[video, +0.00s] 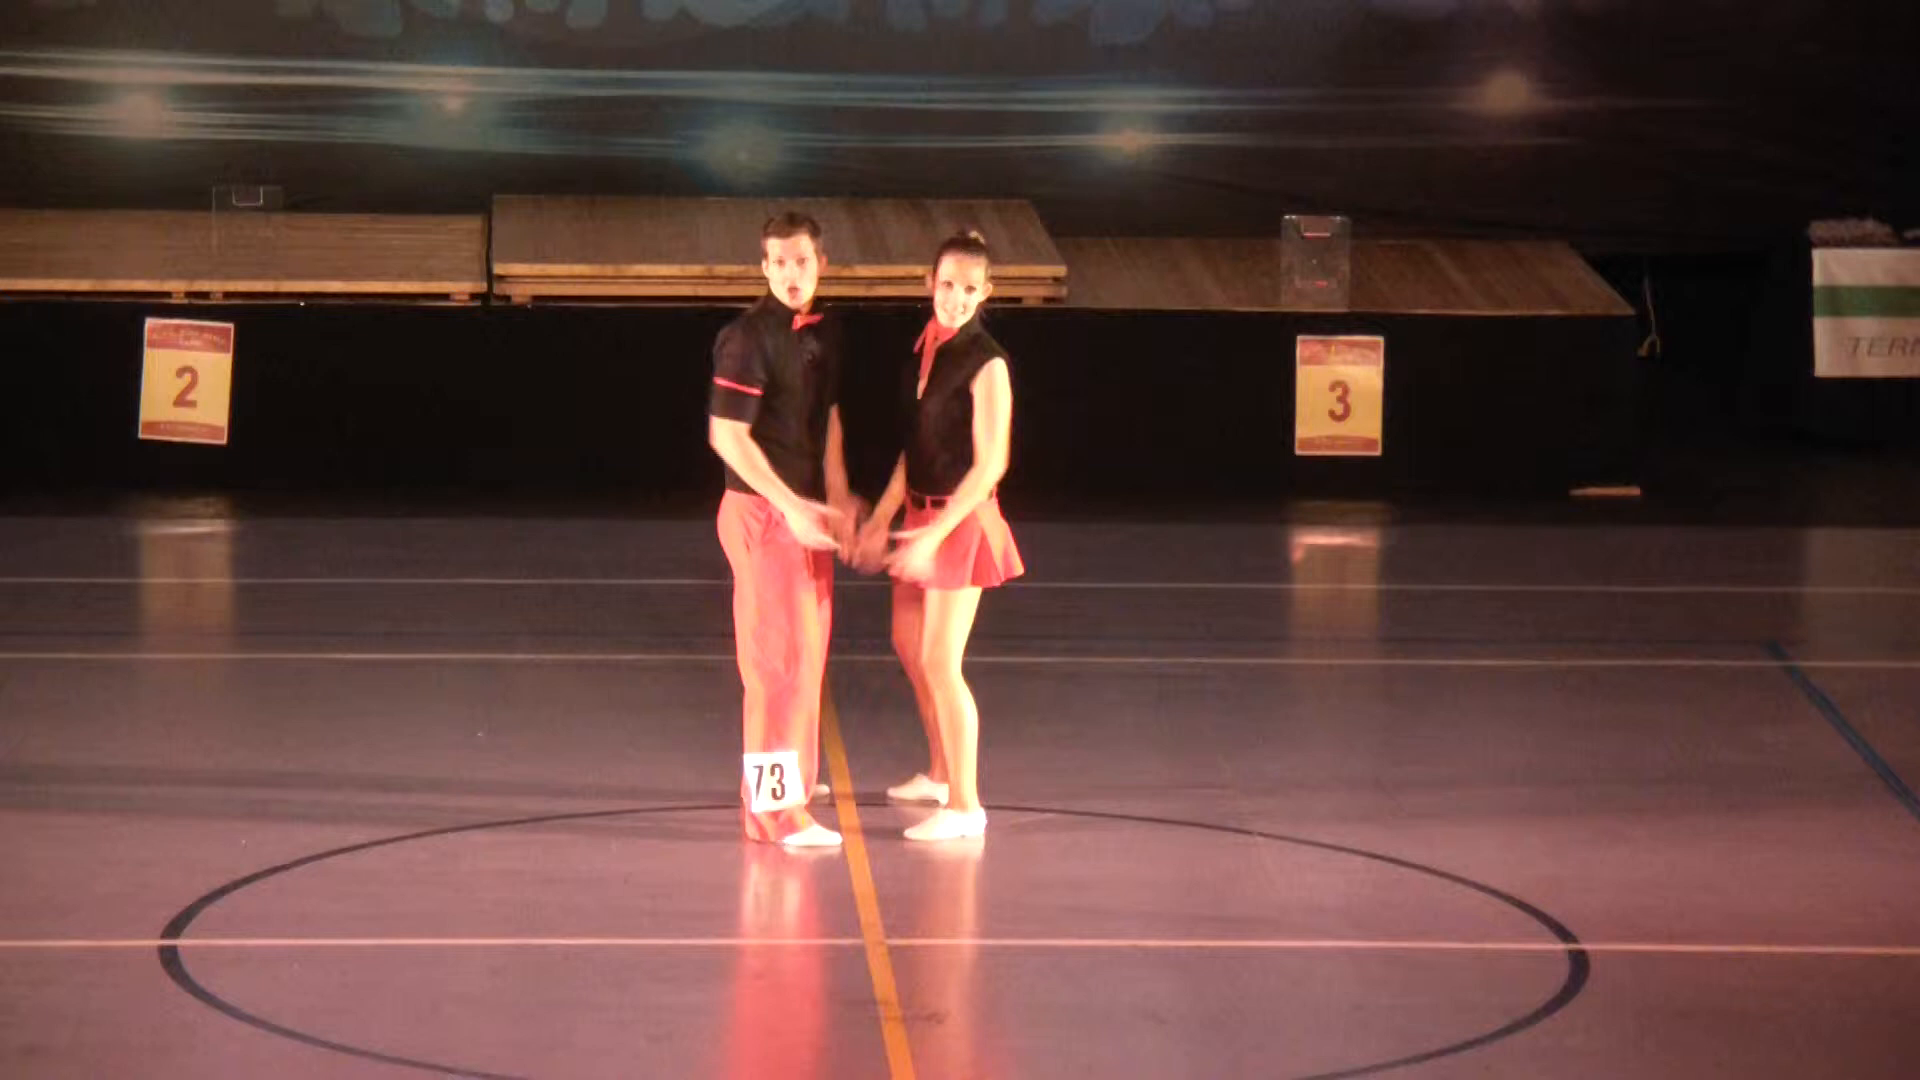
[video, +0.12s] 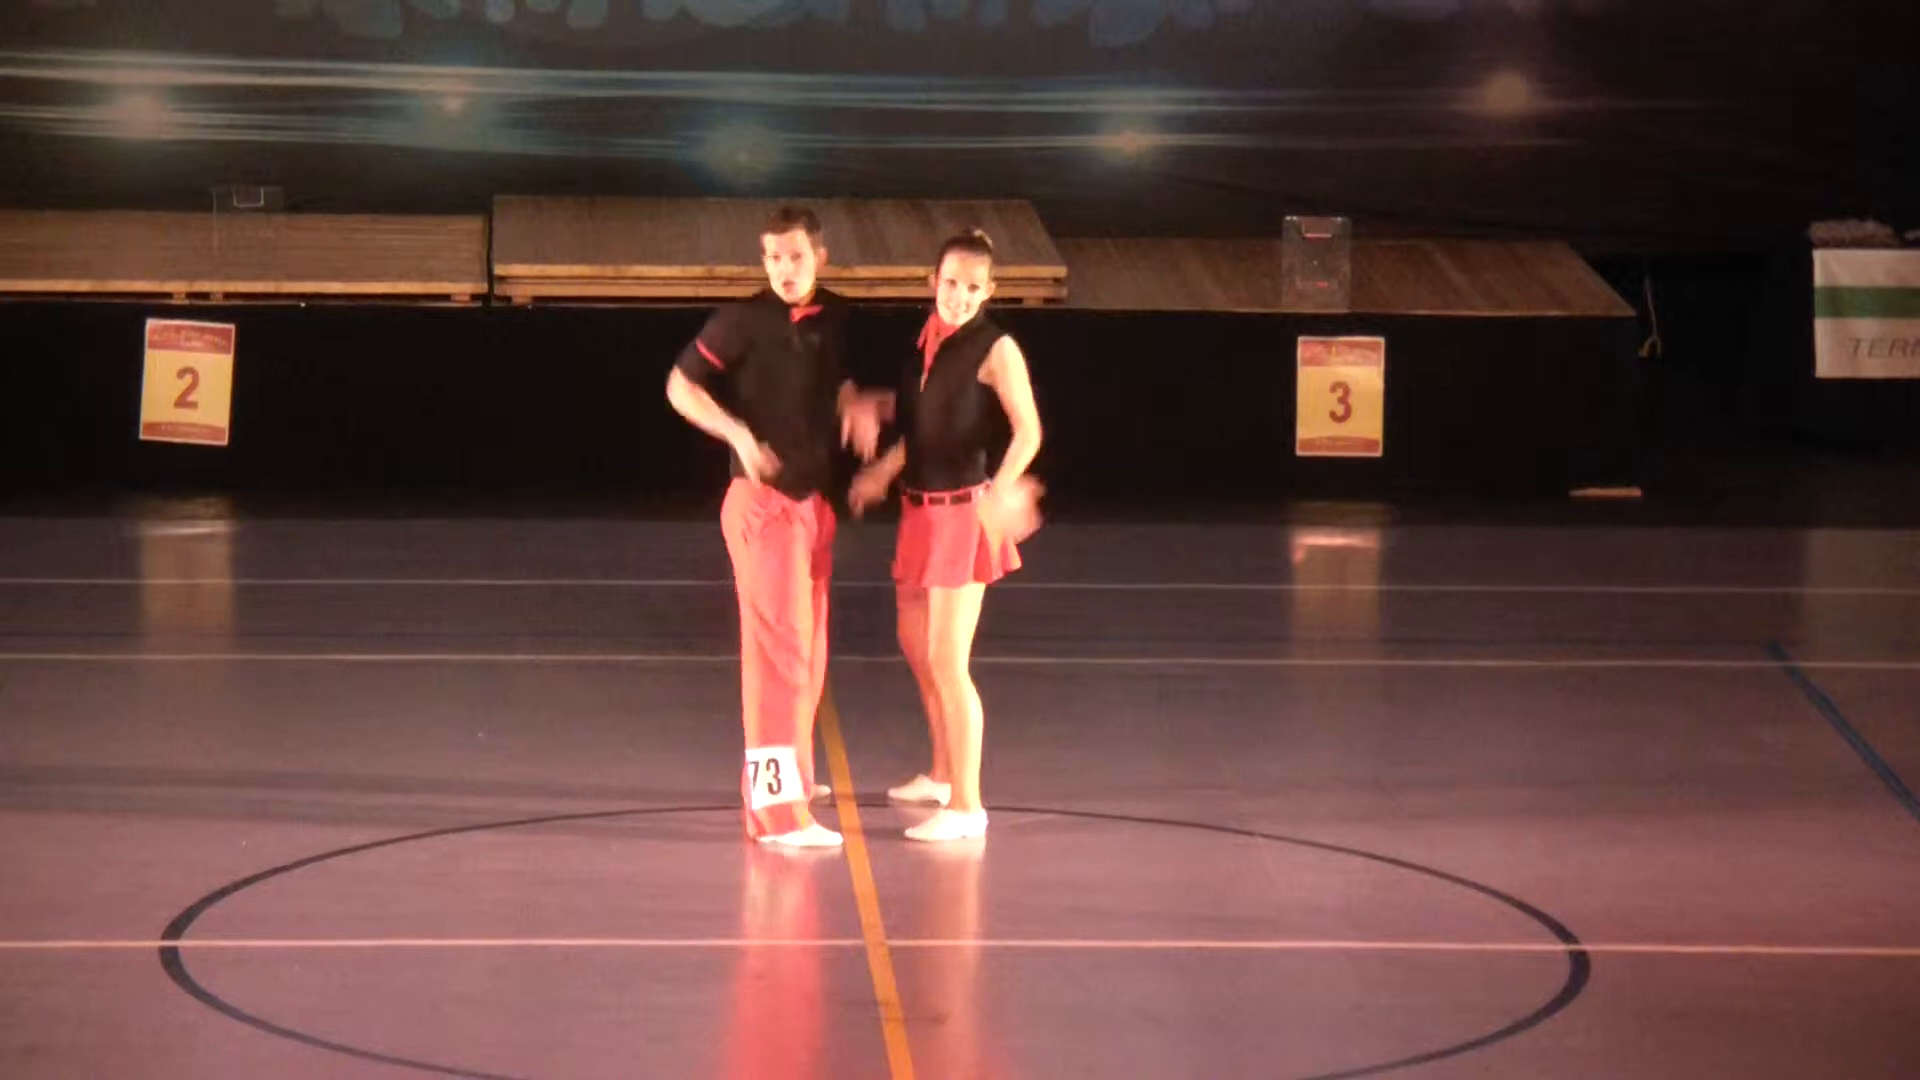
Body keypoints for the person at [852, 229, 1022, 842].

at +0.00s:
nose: (957, 298)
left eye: (970, 288)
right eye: (948, 283)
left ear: (985, 293)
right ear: (930, 282)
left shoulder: (987, 363)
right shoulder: (930, 345)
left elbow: (991, 463)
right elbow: (918, 441)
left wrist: (932, 536)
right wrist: (882, 516)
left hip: (965, 523)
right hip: (923, 517)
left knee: (941, 660)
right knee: (910, 646)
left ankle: (966, 808)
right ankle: (946, 774)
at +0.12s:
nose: (960, 295)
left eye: (973, 286)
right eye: (952, 281)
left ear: (988, 291)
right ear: (934, 280)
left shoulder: (997, 349)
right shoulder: (928, 342)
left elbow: (1029, 431)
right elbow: (924, 429)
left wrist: (1001, 491)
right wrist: (880, 473)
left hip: (965, 514)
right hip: (920, 512)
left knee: (949, 660)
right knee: (917, 646)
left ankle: (967, 807)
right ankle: (946, 776)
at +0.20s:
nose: (961, 297)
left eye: (974, 287)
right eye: (953, 282)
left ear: (989, 288)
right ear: (935, 278)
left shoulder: (998, 334)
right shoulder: (923, 333)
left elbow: (1043, 397)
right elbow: (913, 395)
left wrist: (1064, 429)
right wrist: (854, 414)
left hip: (965, 512)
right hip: (919, 510)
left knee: (953, 660)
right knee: (925, 648)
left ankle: (969, 807)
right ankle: (945, 776)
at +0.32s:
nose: (961, 295)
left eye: (975, 285)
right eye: (953, 281)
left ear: (990, 288)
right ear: (936, 278)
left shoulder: (997, 338)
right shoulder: (926, 345)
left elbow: (1035, 394)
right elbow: (851, 394)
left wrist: (1050, 415)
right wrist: (862, 371)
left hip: (966, 516)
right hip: (923, 514)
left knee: (954, 663)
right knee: (925, 650)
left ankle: (970, 807)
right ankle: (946, 777)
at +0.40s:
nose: (958, 295)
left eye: (971, 285)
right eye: (950, 280)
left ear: (987, 290)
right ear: (932, 279)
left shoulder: (998, 345)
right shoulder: (921, 338)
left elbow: (1036, 422)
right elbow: (914, 401)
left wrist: (1027, 456)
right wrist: (855, 403)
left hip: (968, 516)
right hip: (928, 514)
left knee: (951, 663)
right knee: (921, 649)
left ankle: (968, 807)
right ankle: (945, 777)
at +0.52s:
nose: (924, 291)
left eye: (937, 282)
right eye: (923, 280)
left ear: (970, 289)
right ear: (926, 284)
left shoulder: (970, 360)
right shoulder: (939, 348)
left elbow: (970, 461)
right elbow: (919, 421)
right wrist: (842, 430)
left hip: (967, 515)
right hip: (947, 510)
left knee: (942, 662)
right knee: (938, 657)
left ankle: (967, 805)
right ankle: (946, 776)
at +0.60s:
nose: (922, 278)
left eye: (928, 269)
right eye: (927, 267)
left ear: (939, 279)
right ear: (980, 285)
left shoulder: (920, 356)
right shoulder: (987, 349)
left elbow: (910, 457)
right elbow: (928, 396)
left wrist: (893, 527)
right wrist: (859, 382)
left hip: (946, 515)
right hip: (996, 506)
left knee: (934, 661)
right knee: (969, 649)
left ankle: (967, 805)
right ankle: (958, 774)